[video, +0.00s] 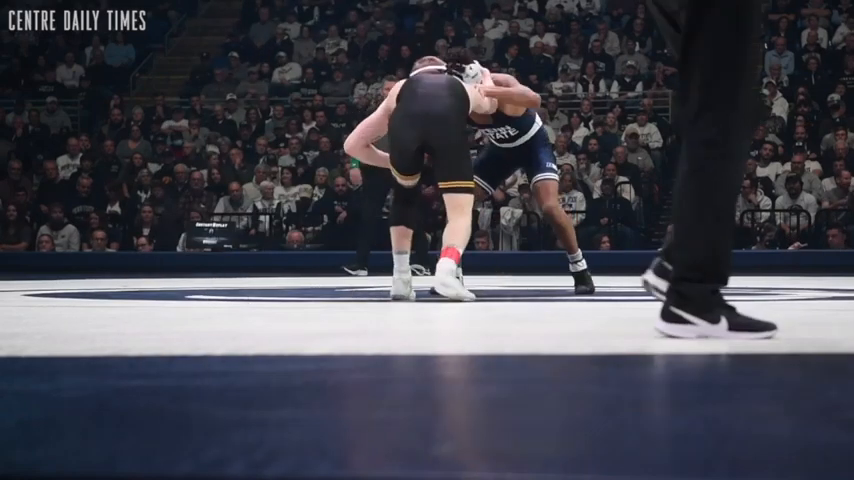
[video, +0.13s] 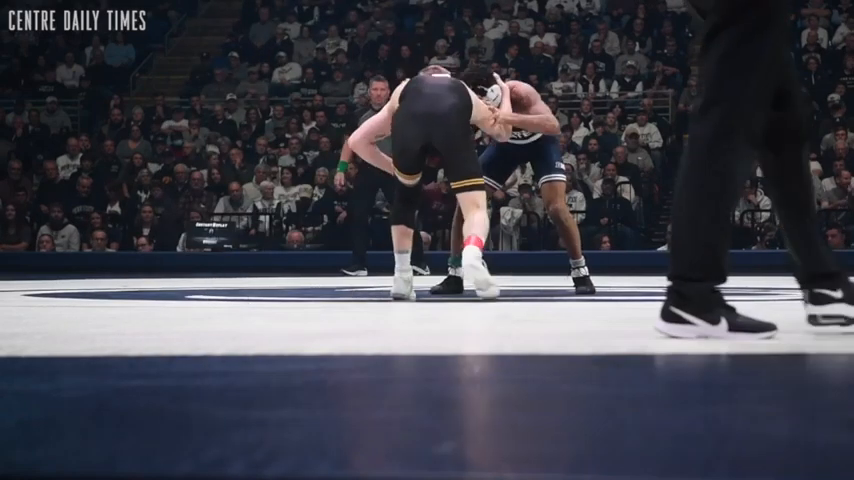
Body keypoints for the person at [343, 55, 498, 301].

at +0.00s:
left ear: (411, 75)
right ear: (445, 70)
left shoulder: (399, 89)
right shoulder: (461, 87)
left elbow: (354, 145)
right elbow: (488, 105)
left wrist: (394, 161)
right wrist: (484, 79)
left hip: (405, 122)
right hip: (448, 127)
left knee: (405, 192)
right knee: (459, 214)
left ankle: (400, 277)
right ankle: (446, 271)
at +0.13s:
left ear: (420, 78)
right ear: (452, 79)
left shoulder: (401, 95)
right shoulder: (465, 94)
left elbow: (357, 141)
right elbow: (502, 132)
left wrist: (395, 170)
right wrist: (505, 93)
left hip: (408, 116)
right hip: (452, 117)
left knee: (406, 195)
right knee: (475, 207)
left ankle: (402, 276)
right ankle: (472, 258)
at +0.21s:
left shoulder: (408, 98)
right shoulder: (474, 106)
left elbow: (359, 127)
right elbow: (503, 153)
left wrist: (390, 163)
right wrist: (514, 108)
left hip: (416, 115)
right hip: (461, 119)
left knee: (409, 196)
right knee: (478, 213)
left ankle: (403, 276)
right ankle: (489, 248)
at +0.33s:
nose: (425, 97)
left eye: (425, 97)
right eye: (425, 99)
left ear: (432, 93)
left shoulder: (429, 103)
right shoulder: (494, 112)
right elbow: (506, 159)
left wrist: (404, 157)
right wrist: (516, 122)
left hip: (435, 123)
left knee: (419, 200)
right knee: (489, 224)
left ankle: (405, 277)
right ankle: (501, 264)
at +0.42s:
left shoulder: (532, 113)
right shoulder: (471, 116)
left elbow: (559, 167)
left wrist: (522, 165)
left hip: (537, 151)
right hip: (488, 151)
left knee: (561, 215)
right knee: (458, 198)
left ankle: (581, 271)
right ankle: (450, 254)